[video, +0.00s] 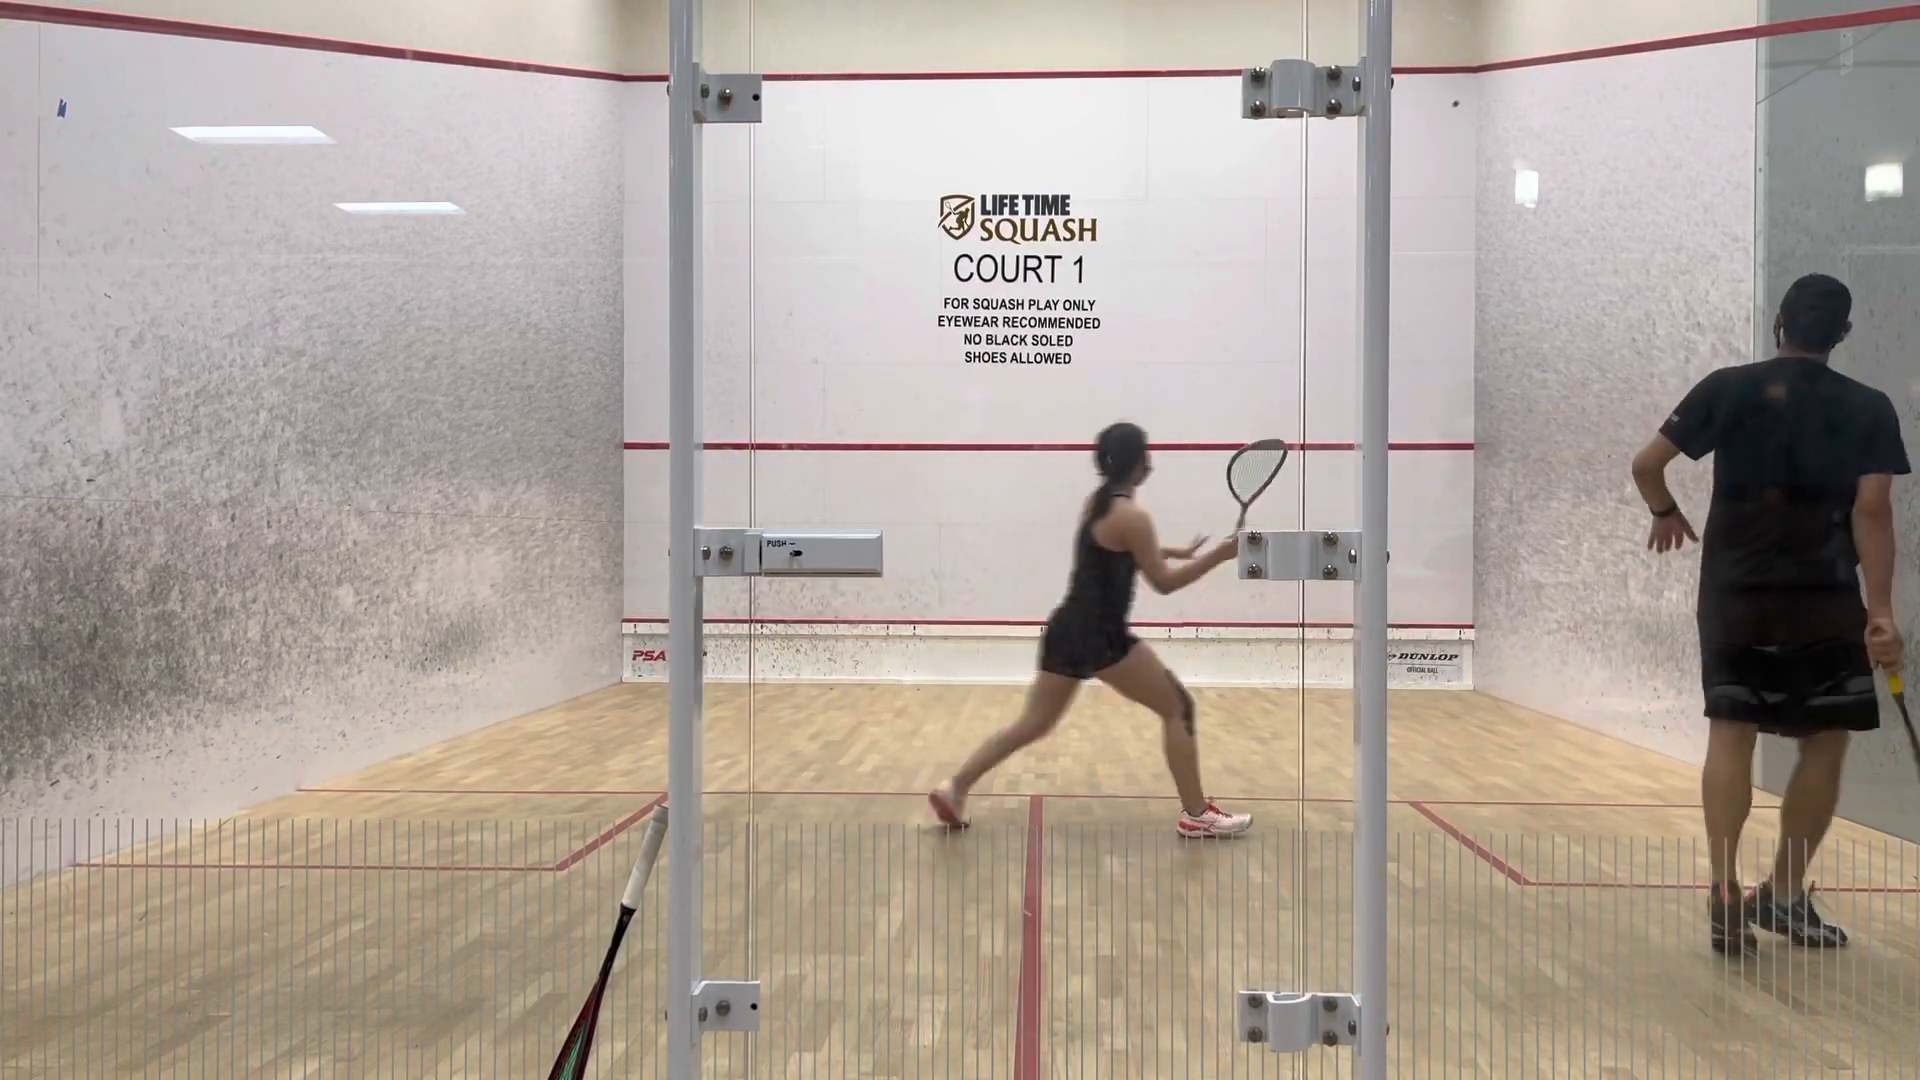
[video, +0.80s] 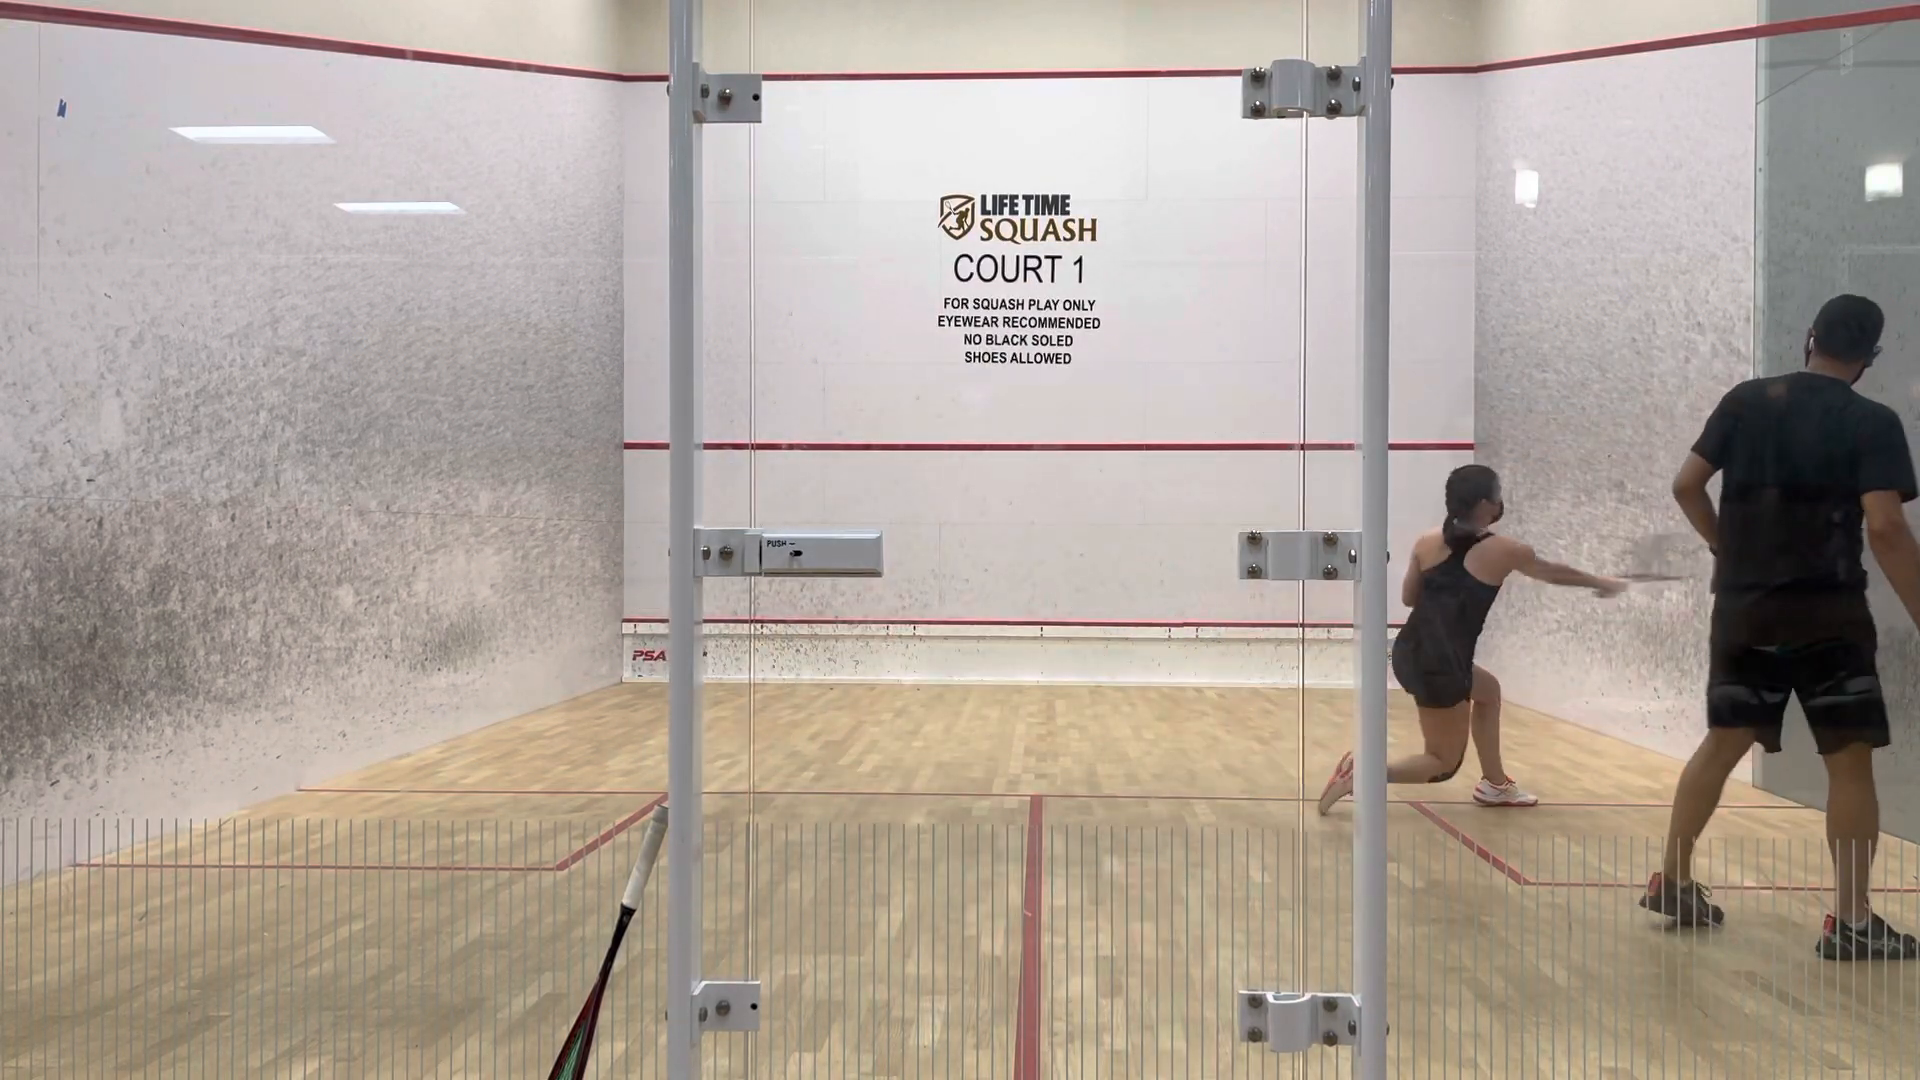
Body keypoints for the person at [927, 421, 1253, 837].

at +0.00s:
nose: (1151, 459)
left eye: (1147, 452)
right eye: (1146, 453)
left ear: (1109, 460)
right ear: (1138, 461)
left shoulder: (1098, 505)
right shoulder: (1132, 518)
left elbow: (1126, 547)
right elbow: (1165, 582)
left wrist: (1179, 552)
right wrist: (1221, 555)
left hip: (1067, 631)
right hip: (1101, 637)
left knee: (1033, 723)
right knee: (1178, 707)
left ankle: (954, 791)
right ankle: (1196, 812)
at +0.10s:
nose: (1209, 459)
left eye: (1207, 451)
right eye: (1205, 452)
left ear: (1165, 460)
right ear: (1197, 461)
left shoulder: (1154, 502)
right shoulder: (1184, 515)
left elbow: (1192, 534)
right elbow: (1223, 577)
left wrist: (1246, 529)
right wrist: (1242, 558)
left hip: (1119, 626)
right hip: (1148, 631)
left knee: (1124, 732)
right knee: (1213, 711)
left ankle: (1032, 767)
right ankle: (1200, 814)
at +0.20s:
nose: (1258, 465)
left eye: (1256, 457)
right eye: (1256, 458)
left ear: (1221, 464)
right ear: (1248, 467)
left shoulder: (1212, 501)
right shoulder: (1226, 511)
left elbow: (1253, 535)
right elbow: (1270, 546)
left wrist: (1286, 529)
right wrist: (1302, 532)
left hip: (1172, 625)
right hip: (1183, 629)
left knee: (1226, 714)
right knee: (1236, 719)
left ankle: (1150, 773)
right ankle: (1200, 814)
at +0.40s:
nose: (1354, 493)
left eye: (1354, 483)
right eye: (1351, 483)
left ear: (1328, 481)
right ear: (1339, 485)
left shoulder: (1332, 520)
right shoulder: (1309, 518)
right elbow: (1277, 536)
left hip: (1301, 637)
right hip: (1277, 638)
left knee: (1366, 684)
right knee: (1282, 741)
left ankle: (1404, 765)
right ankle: (1207, 804)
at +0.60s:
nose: (1455, 505)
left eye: (1452, 498)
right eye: (1450, 499)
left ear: (1412, 506)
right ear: (1441, 507)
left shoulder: (1398, 545)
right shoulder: (1421, 560)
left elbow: (1351, 566)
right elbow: (1456, 600)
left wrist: (1306, 593)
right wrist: (1439, 548)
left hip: (1410, 667)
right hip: (1400, 672)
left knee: (1476, 694)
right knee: (1379, 759)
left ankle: (1492, 784)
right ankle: (1289, 781)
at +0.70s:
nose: (1484, 508)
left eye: (1482, 501)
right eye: (1481, 502)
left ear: (1438, 509)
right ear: (1468, 510)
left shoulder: (1415, 547)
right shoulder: (1482, 564)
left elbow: (1386, 605)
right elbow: (1544, 592)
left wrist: (1382, 649)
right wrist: (1576, 582)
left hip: (1401, 660)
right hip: (1428, 672)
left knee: (1485, 689)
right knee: (1418, 771)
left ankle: (1494, 783)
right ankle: (1337, 783)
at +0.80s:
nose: (1501, 504)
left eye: (1498, 497)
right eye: (1496, 498)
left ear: (1454, 502)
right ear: (1483, 505)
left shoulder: (1426, 543)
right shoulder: (1502, 550)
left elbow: (1409, 597)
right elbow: (1553, 573)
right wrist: (1598, 582)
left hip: (1408, 656)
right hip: (1442, 668)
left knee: (1487, 688)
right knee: (1442, 764)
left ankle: (1495, 782)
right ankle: (1360, 772)